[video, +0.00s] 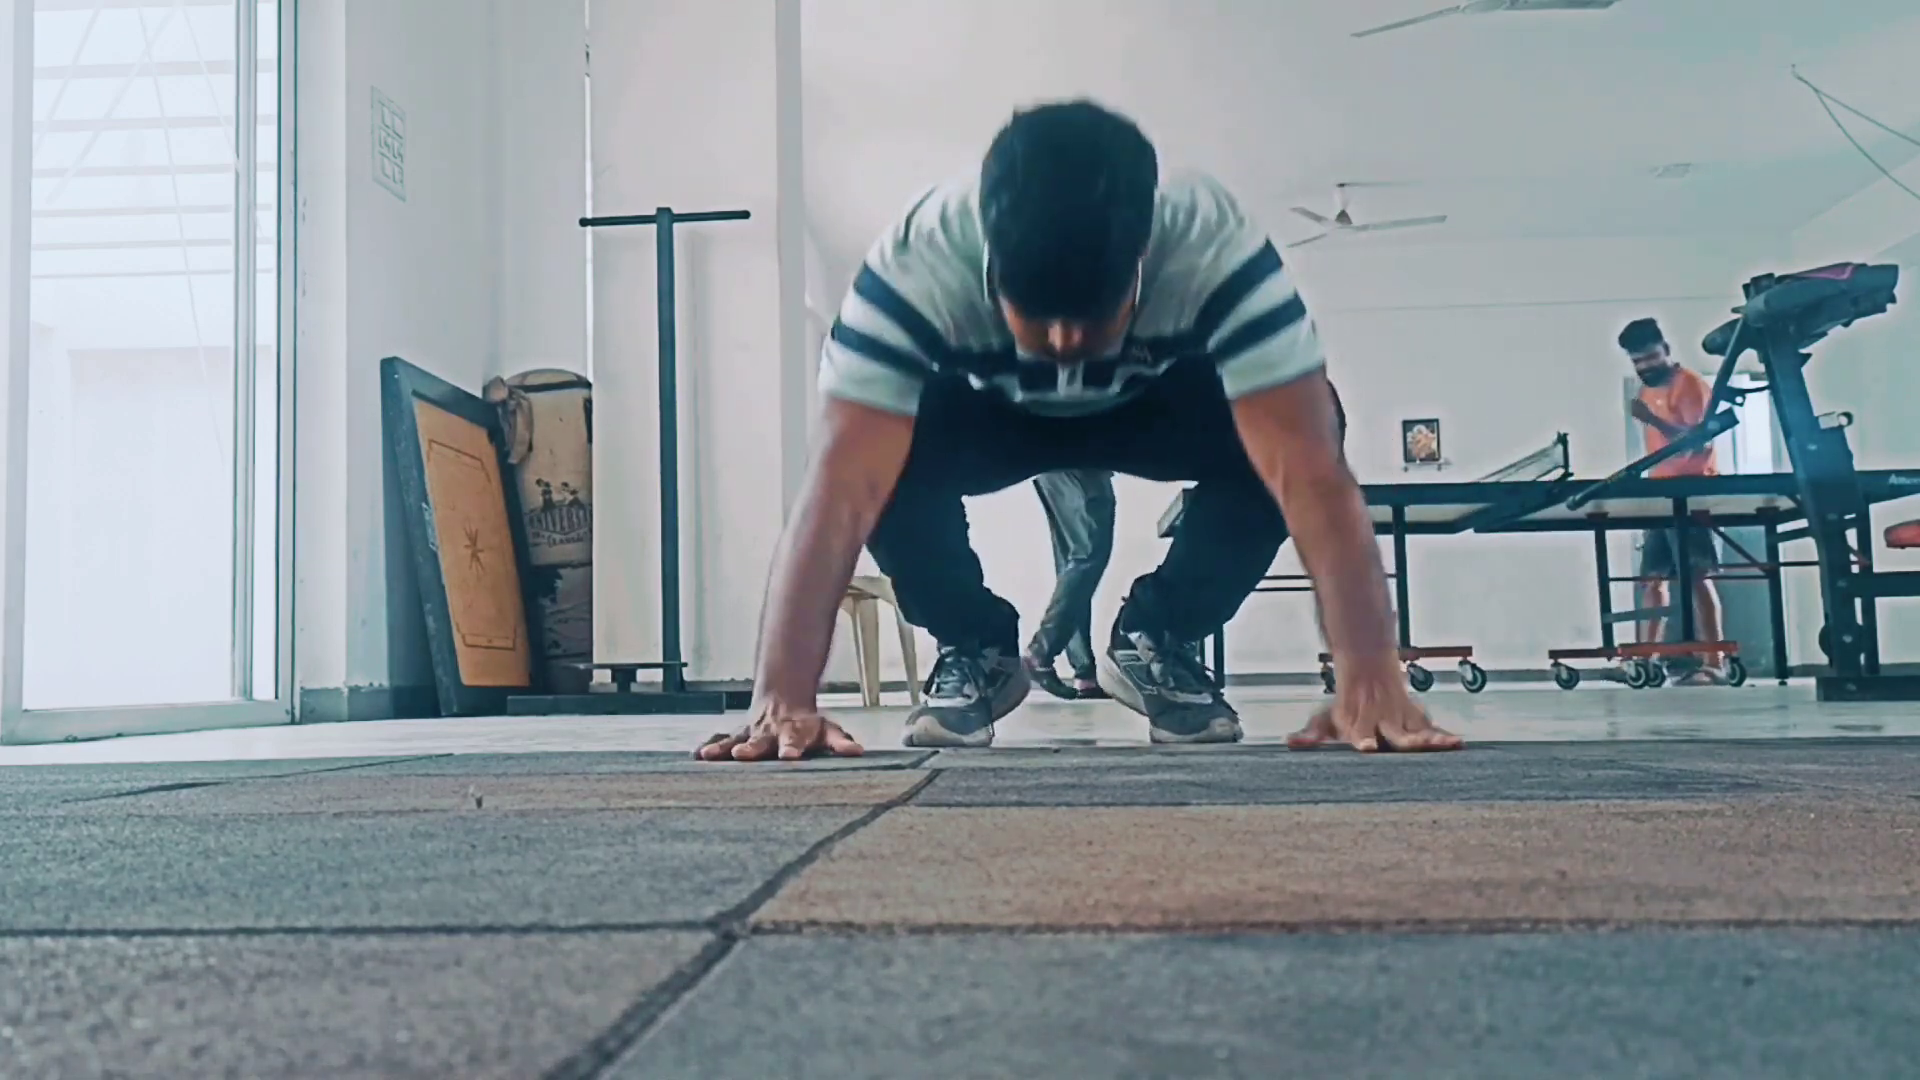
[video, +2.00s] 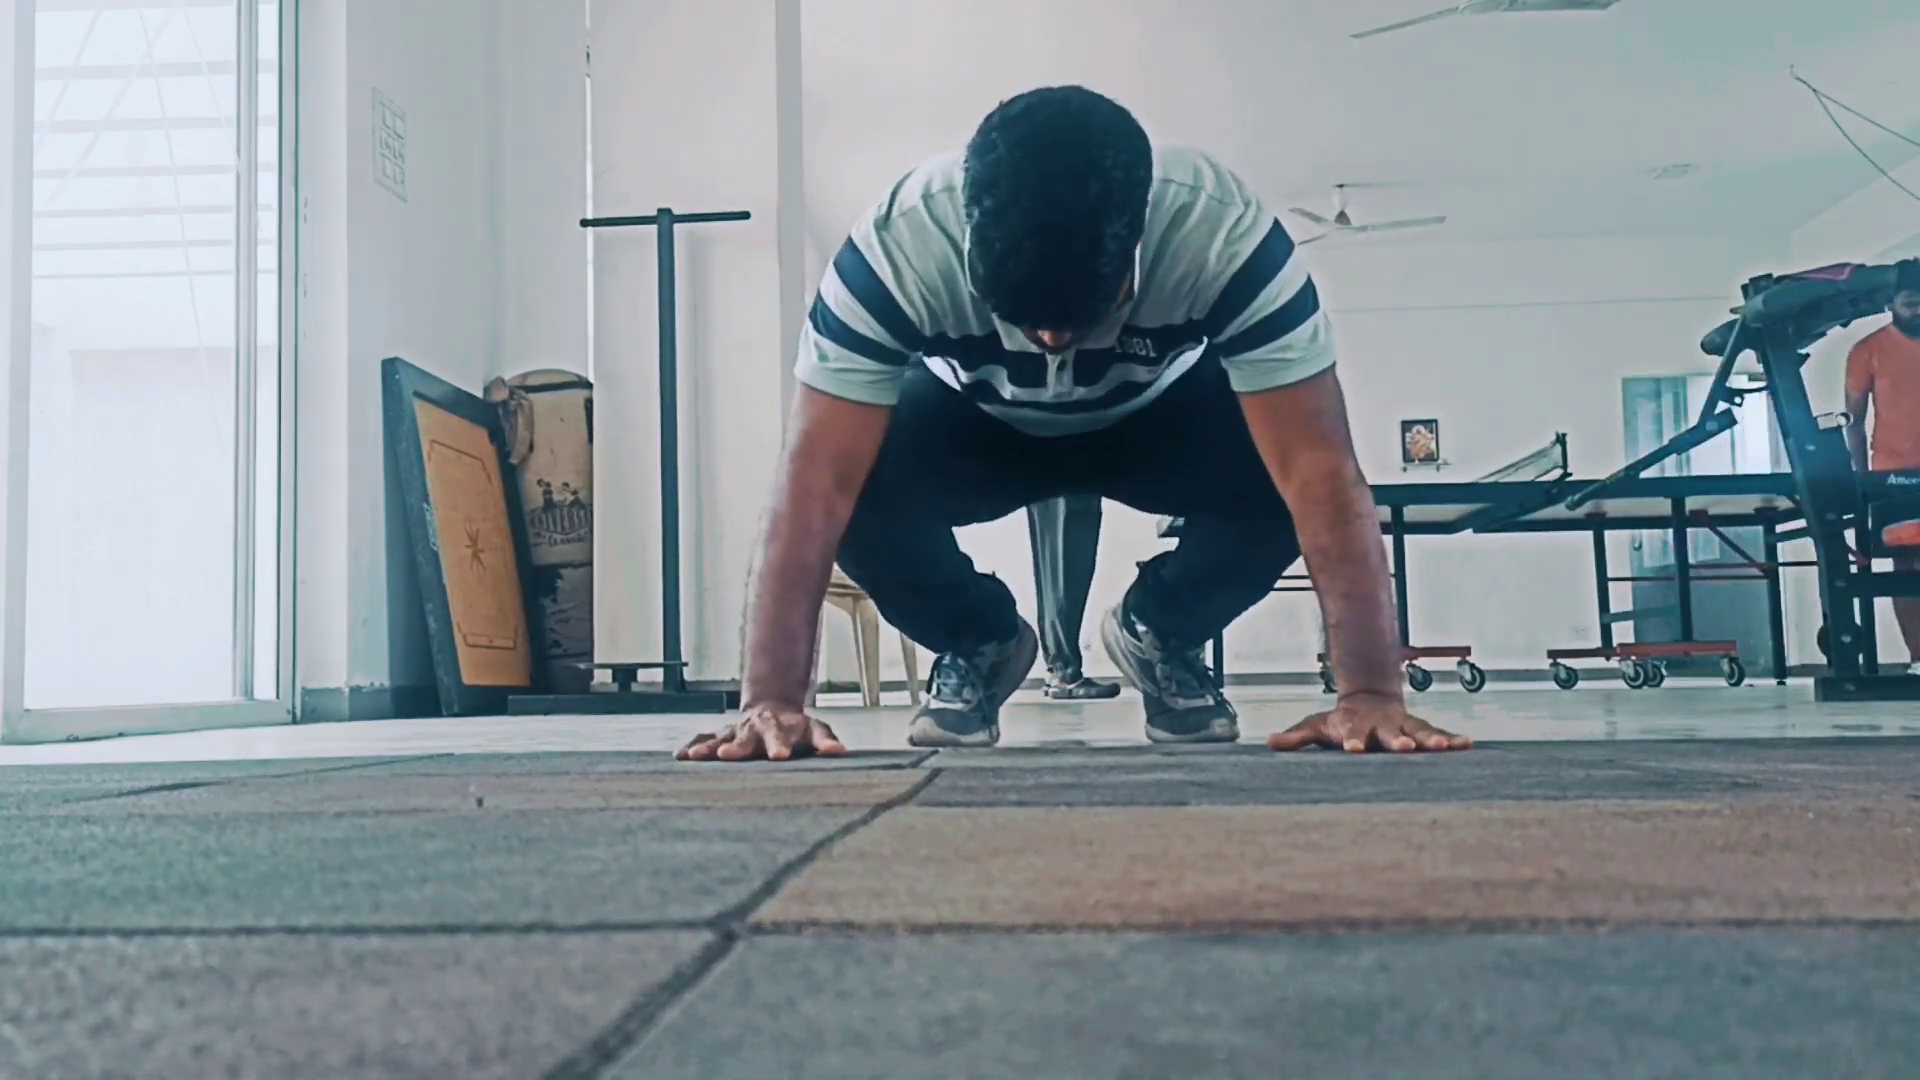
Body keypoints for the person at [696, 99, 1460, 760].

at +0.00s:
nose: (1063, 346)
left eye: (1095, 324)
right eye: (1037, 324)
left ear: (1144, 259)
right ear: (995, 258)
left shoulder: (1218, 247)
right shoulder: (919, 265)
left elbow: (1313, 473)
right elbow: (844, 488)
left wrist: (1370, 679)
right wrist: (784, 698)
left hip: (1151, 403)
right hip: (995, 412)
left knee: (1298, 435)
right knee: (882, 474)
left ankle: (1160, 638)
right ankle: (977, 644)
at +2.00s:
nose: (1058, 349)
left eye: (1090, 327)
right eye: (1029, 330)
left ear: (1139, 245)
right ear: (977, 244)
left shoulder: (1227, 235)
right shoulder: (900, 252)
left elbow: (1321, 476)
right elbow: (819, 476)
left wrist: (1372, 691)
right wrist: (772, 699)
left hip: (1158, 416)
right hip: (981, 421)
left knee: (1292, 494)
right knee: (851, 492)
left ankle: (1165, 626)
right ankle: (983, 638)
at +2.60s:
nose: (1055, 400)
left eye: (1089, 383)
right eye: (1022, 386)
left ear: (1150, 284)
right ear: (962, 270)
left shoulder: (1245, 220)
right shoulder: (886, 233)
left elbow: (1365, 456)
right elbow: (790, 462)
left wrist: (1377, 692)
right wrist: (768, 699)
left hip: (1163, 405)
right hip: (969, 409)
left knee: (1191, 581)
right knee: (956, 581)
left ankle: (1193, 663)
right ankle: (949, 668)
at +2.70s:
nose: (1065, 424)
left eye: (1100, 396)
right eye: (1033, 401)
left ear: (1160, 294)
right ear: (973, 284)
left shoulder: (1246, 232)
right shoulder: (891, 244)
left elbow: (1364, 455)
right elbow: (787, 466)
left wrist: (1378, 692)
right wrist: (769, 699)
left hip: (1160, 397)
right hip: (970, 403)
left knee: (1185, 559)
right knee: (957, 562)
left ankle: (1193, 665)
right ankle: (947, 662)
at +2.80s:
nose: (1066, 459)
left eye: (1096, 424)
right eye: (1033, 428)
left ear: (1152, 324)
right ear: (977, 314)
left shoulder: (1234, 237)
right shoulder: (898, 254)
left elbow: (1354, 459)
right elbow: (795, 465)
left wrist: (1377, 692)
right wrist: (770, 700)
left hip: (1162, 350)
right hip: (964, 362)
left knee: (1177, 533)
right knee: (956, 548)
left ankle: (1192, 673)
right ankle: (952, 668)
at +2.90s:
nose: (1060, 474)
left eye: (1086, 453)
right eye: (1039, 455)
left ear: (1145, 354)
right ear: (979, 343)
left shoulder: (1218, 253)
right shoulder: (909, 267)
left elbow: (1336, 474)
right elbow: (805, 476)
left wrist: (1374, 692)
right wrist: (771, 700)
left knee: (1170, 511)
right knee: (958, 525)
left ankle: (1191, 682)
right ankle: (955, 668)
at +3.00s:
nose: (1065, 511)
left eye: (1084, 493)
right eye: (1052, 495)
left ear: (1143, 374)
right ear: (979, 373)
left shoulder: (1207, 276)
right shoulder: (914, 285)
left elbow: (1317, 495)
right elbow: (817, 490)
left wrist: (1371, 692)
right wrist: (772, 699)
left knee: (1169, 492)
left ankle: (1190, 682)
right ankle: (957, 667)